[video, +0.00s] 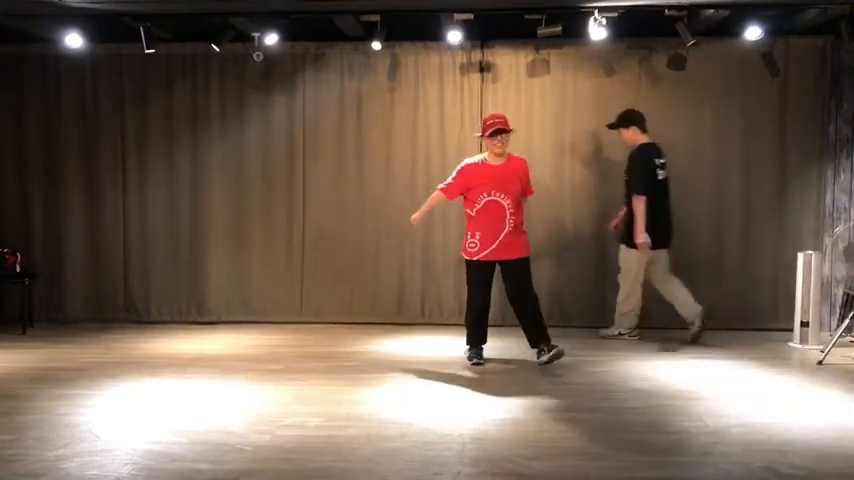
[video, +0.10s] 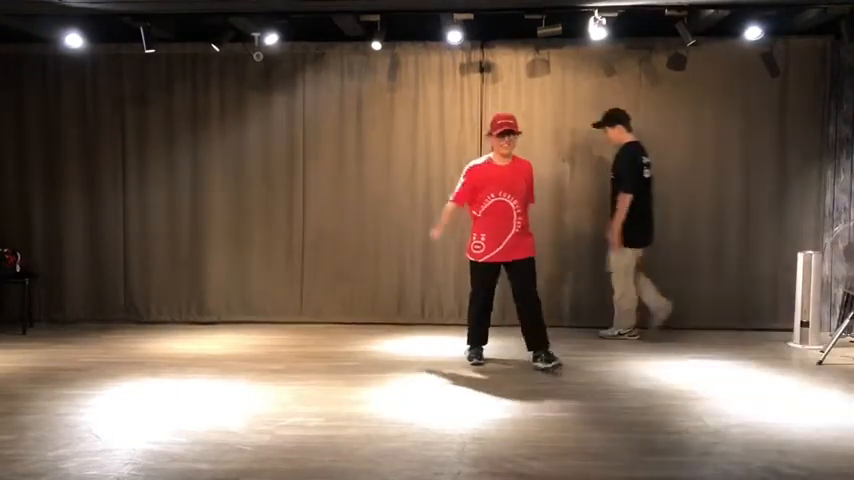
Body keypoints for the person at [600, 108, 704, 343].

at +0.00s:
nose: (621, 137)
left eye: (622, 132)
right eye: (620, 133)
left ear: (632, 130)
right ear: (640, 129)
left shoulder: (638, 155)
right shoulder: (655, 151)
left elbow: (639, 197)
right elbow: (643, 193)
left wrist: (640, 232)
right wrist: (625, 213)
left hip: (639, 231)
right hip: (658, 228)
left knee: (629, 280)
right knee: (660, 276)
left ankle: (625, 325)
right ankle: (694, 314)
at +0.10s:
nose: (607, 136)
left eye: (608, 131)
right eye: (606, 131)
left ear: (618, 128)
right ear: (623, 128)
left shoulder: (627, 153)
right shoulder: (637, 150)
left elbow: (626, 195)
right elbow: (633, 194)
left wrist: (616, 227)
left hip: (628, 226)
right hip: (639, 224)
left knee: (622, 275)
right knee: (629, 271)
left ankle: (624, 325)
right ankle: (660, 307)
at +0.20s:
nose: (592, 137)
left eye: (593, 132)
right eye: (590, 132)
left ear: (604, 128)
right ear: (606, 128)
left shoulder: (617, 151)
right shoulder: (618, 149)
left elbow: (611, 191)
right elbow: (614, 190)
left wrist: (590, 208)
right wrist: (596, 215)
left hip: (616, 229)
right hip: (609, 227)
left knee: (615, 277)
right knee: (589, 262)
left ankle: (625, 325)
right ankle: (614, 311)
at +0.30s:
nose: (576, 141)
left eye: (577, 135)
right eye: (574, 136)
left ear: (589, 130)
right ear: (590, 130)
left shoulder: (603, 152)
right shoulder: (602, 150)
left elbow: (594, 189)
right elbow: (599, 188)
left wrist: (568, 182)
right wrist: (578, 188)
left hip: (602, 228)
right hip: (591, 226)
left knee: (608, 277)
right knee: (576, 269)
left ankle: (625, 325)